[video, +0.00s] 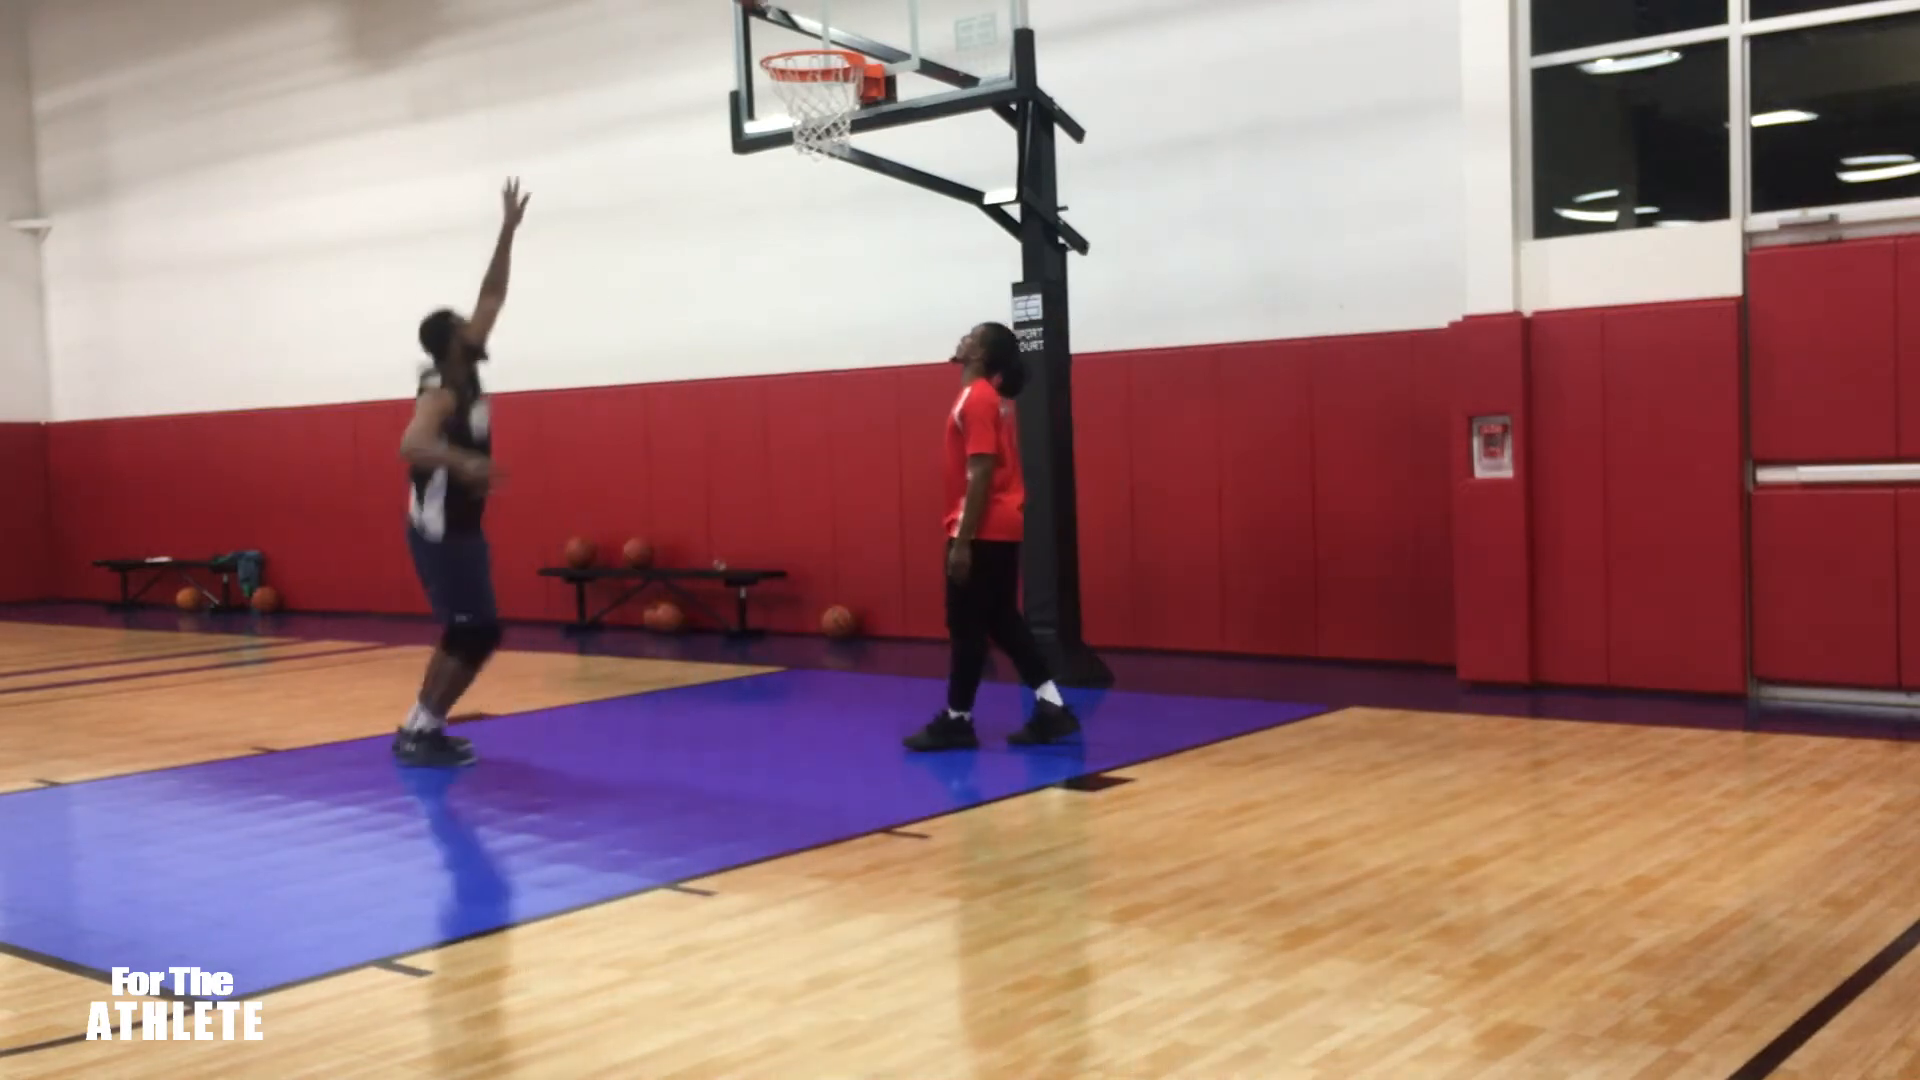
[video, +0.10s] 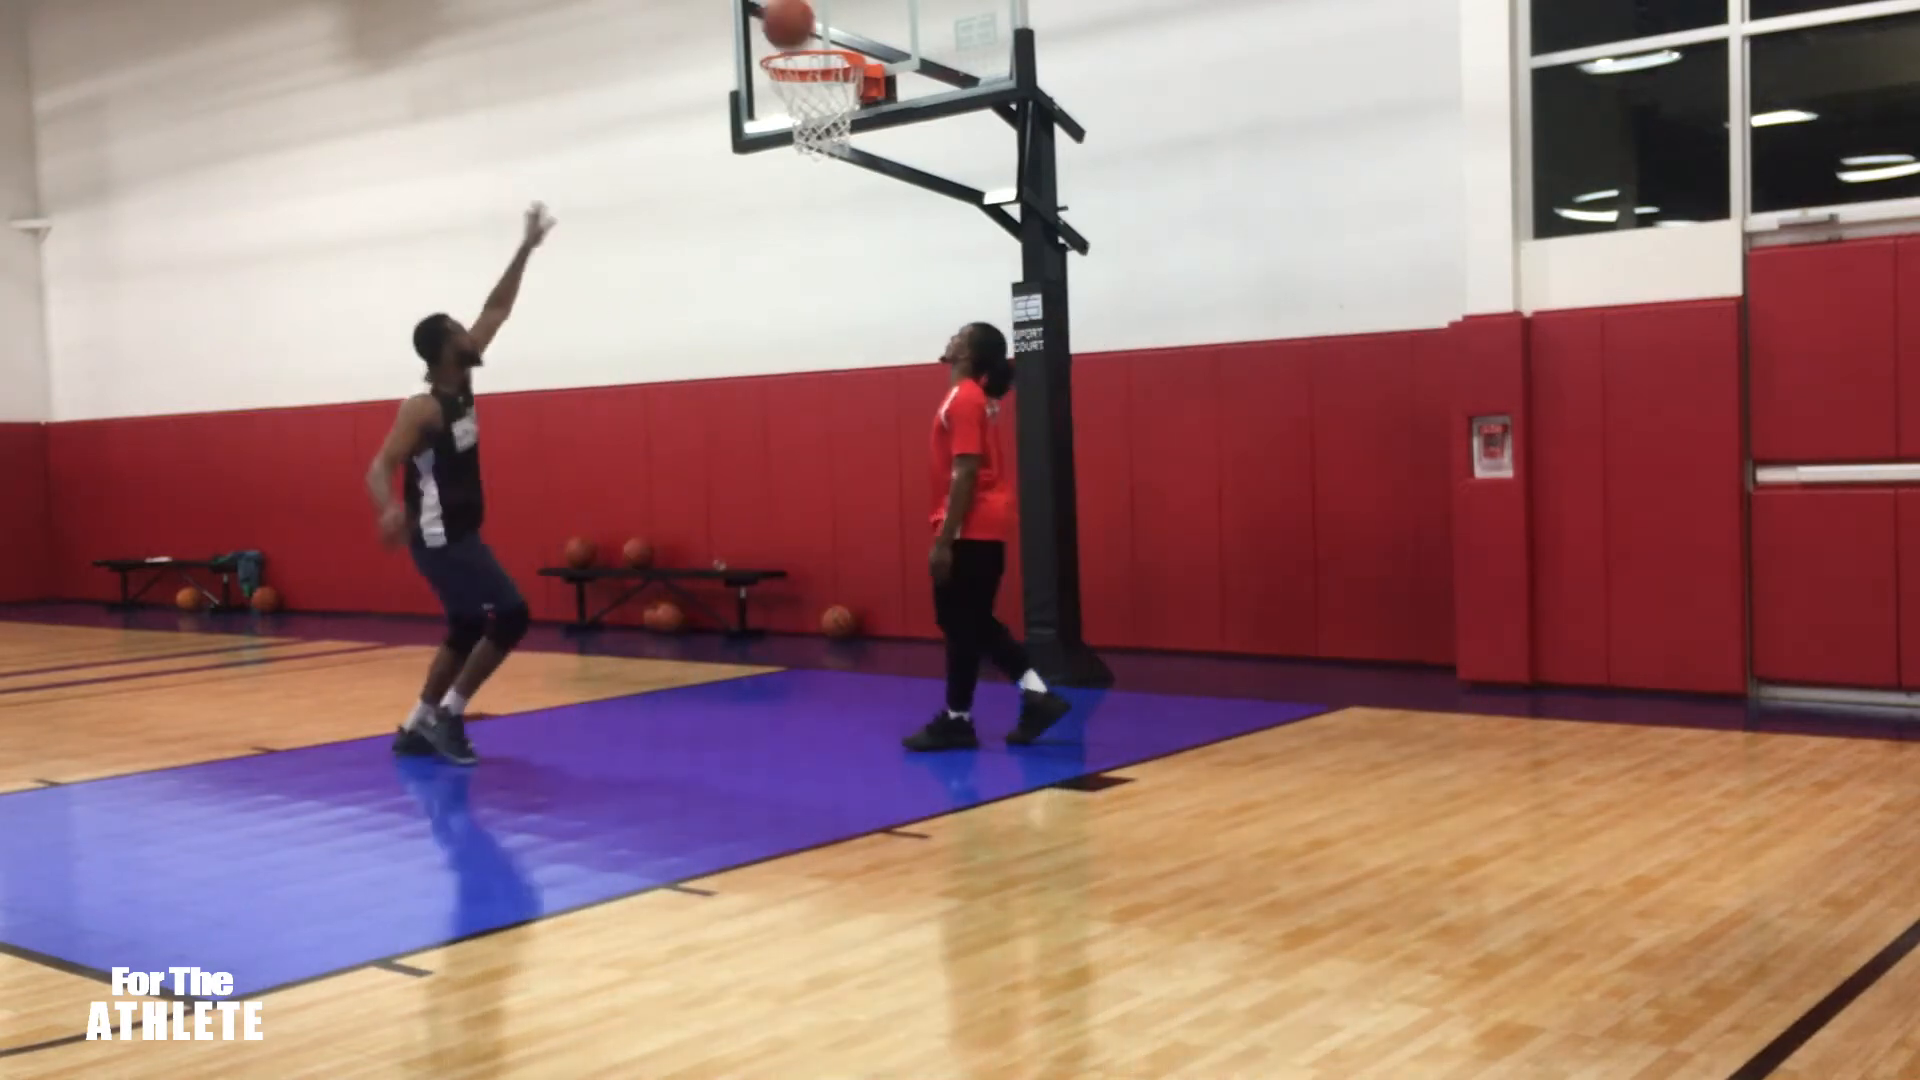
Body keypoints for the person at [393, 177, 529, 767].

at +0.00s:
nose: (475, 327)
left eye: (471, 322)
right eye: (467, 323)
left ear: (455, 340)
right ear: (453, 340)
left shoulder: (467, 373)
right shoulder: (441, 392)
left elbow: (491, 296)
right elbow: (414, 445)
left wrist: (507, 231)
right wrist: (470, 464)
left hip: (458, 524)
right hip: (442, 528)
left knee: (468, 628)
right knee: (477, 629)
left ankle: (423, 726)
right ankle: (422, 729)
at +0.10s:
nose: (472, 337)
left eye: (468, 332)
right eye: (463, 334)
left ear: (454, 347)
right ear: (445, 349)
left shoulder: (463, 382)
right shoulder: (423, 408)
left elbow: (496, 310)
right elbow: (381, 468)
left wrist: (526, 249)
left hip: (458, 537)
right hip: (441, 542)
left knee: (468, 629)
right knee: (511, 617)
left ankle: (419, 724)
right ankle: (447, 713)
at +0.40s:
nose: (464, 323)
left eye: (459, 317)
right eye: (455, 320)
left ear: (443, 335)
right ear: (435, 337)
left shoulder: (463, 368)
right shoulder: (405, 398)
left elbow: (496, 301)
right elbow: (365, 464)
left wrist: (522, 235)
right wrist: (339, 533)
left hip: (459, 523)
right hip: (430, 528)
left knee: (443, 624)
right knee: (470, 622)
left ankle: (417, 724)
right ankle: (415, 731)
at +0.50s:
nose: (460, 318)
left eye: (454, 313)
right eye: (450, 314)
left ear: (442, 329)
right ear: (432, 332)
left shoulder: (464, 363)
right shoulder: (404, 397)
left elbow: (505, 307)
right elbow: (371, 470)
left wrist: (540, 247)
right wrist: (360, 545)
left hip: (462, 522)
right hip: (426, 527)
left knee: (458, 622)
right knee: (449, 624)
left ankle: (421, 724)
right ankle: (406, 740)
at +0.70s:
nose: (467, 310)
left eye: (461, 303)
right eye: (457, 304)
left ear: (444, 320)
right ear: (436, 320)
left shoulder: (471, 362)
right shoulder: (404, 384)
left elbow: (521, 367)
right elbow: (399, 465)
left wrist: (590, 343)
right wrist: (432, 528)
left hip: (475, 521)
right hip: (426, 526)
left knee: (500, 617)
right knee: (432, 625)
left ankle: (448, 706)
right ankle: (403, 740)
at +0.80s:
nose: (480, 310)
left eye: (475, 302)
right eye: (471, 304)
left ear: (456, 317)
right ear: (449, 317)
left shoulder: (479, 365)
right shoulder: (415, 381)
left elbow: (512, 411)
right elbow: (414, 462)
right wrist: (469, 513)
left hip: (484, 513)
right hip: (430, 519)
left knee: (520, 612)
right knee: (427, 623)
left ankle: (479, 721)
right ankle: (403, 741)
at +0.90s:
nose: (505, 318)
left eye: (500, 309)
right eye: (496, 310)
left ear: (479, 323)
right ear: (474, 322)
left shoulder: (500, 377)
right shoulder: (433, 382)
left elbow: (501, 443)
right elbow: (429, 459)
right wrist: (493, 500)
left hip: (493, 521)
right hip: (441, 525)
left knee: (530, 612)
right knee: (429, 625)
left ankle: (524, 738)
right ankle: (404, 742)